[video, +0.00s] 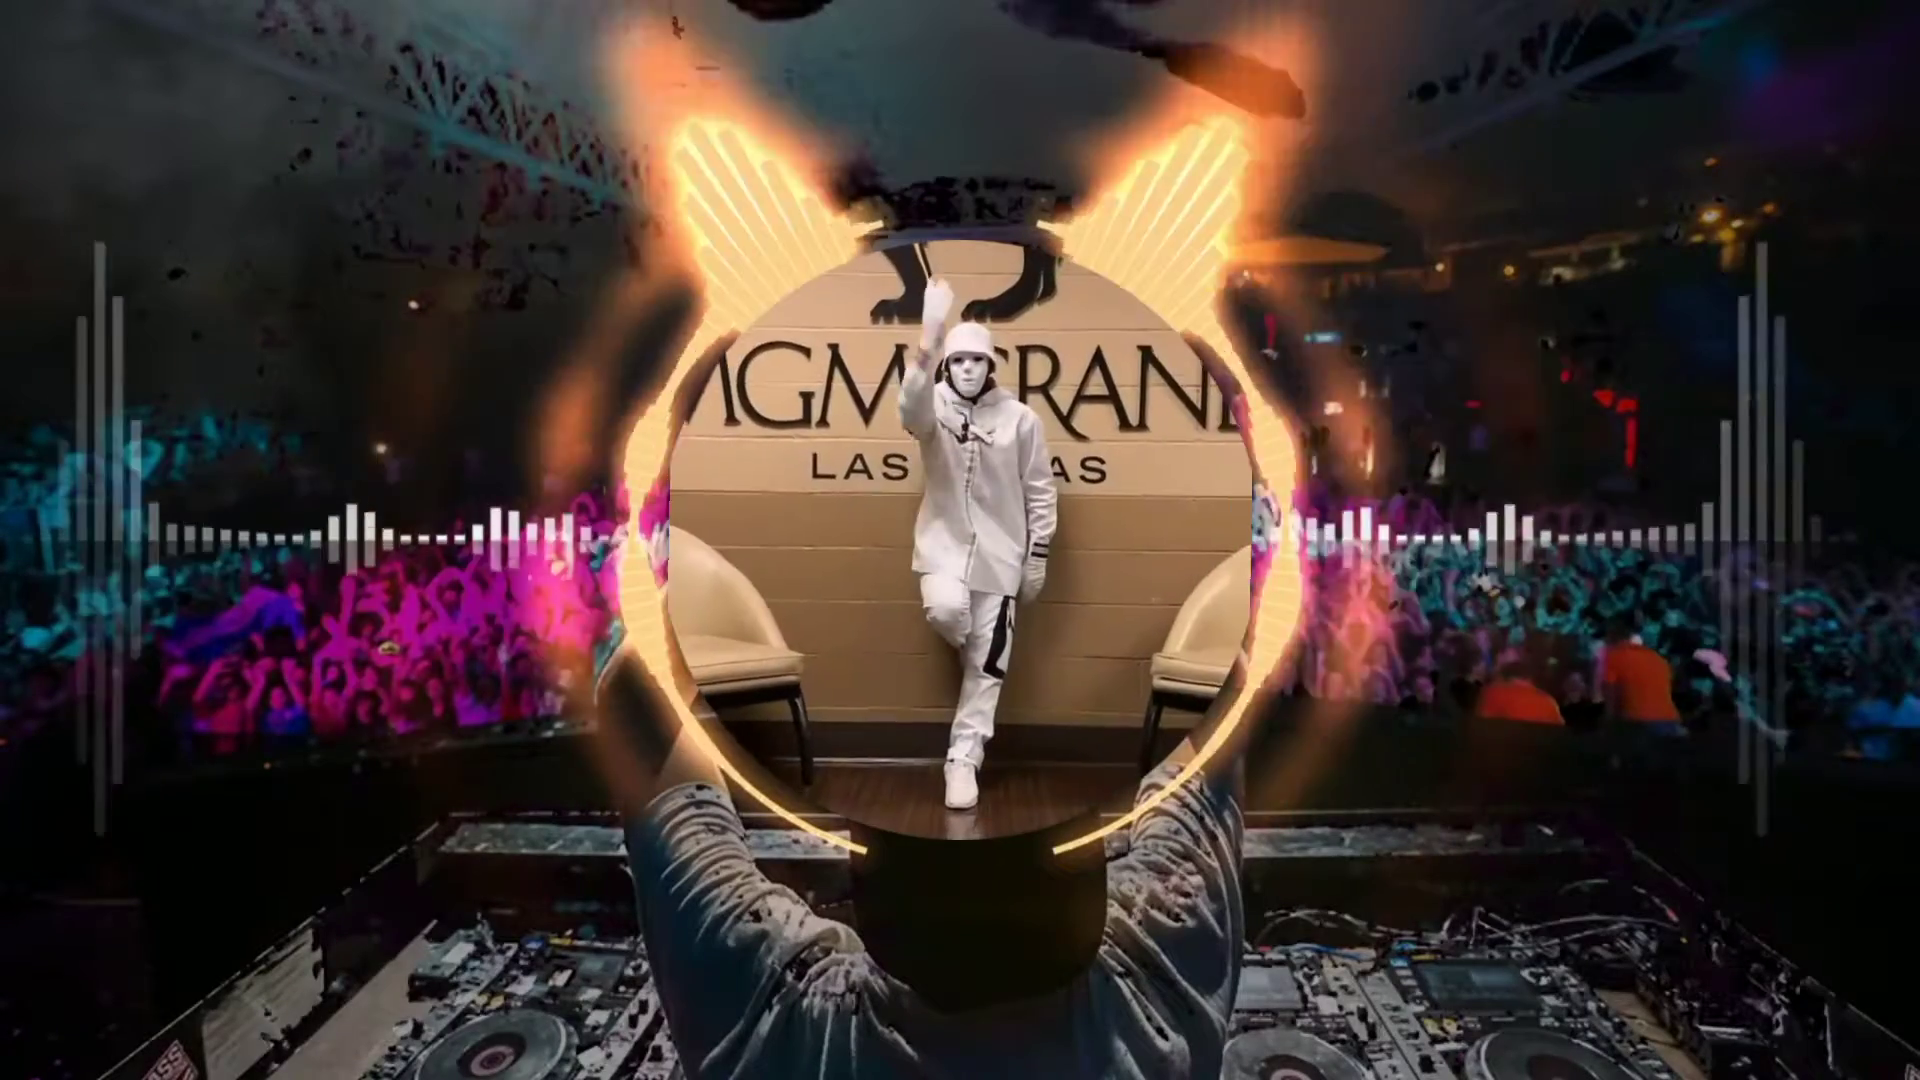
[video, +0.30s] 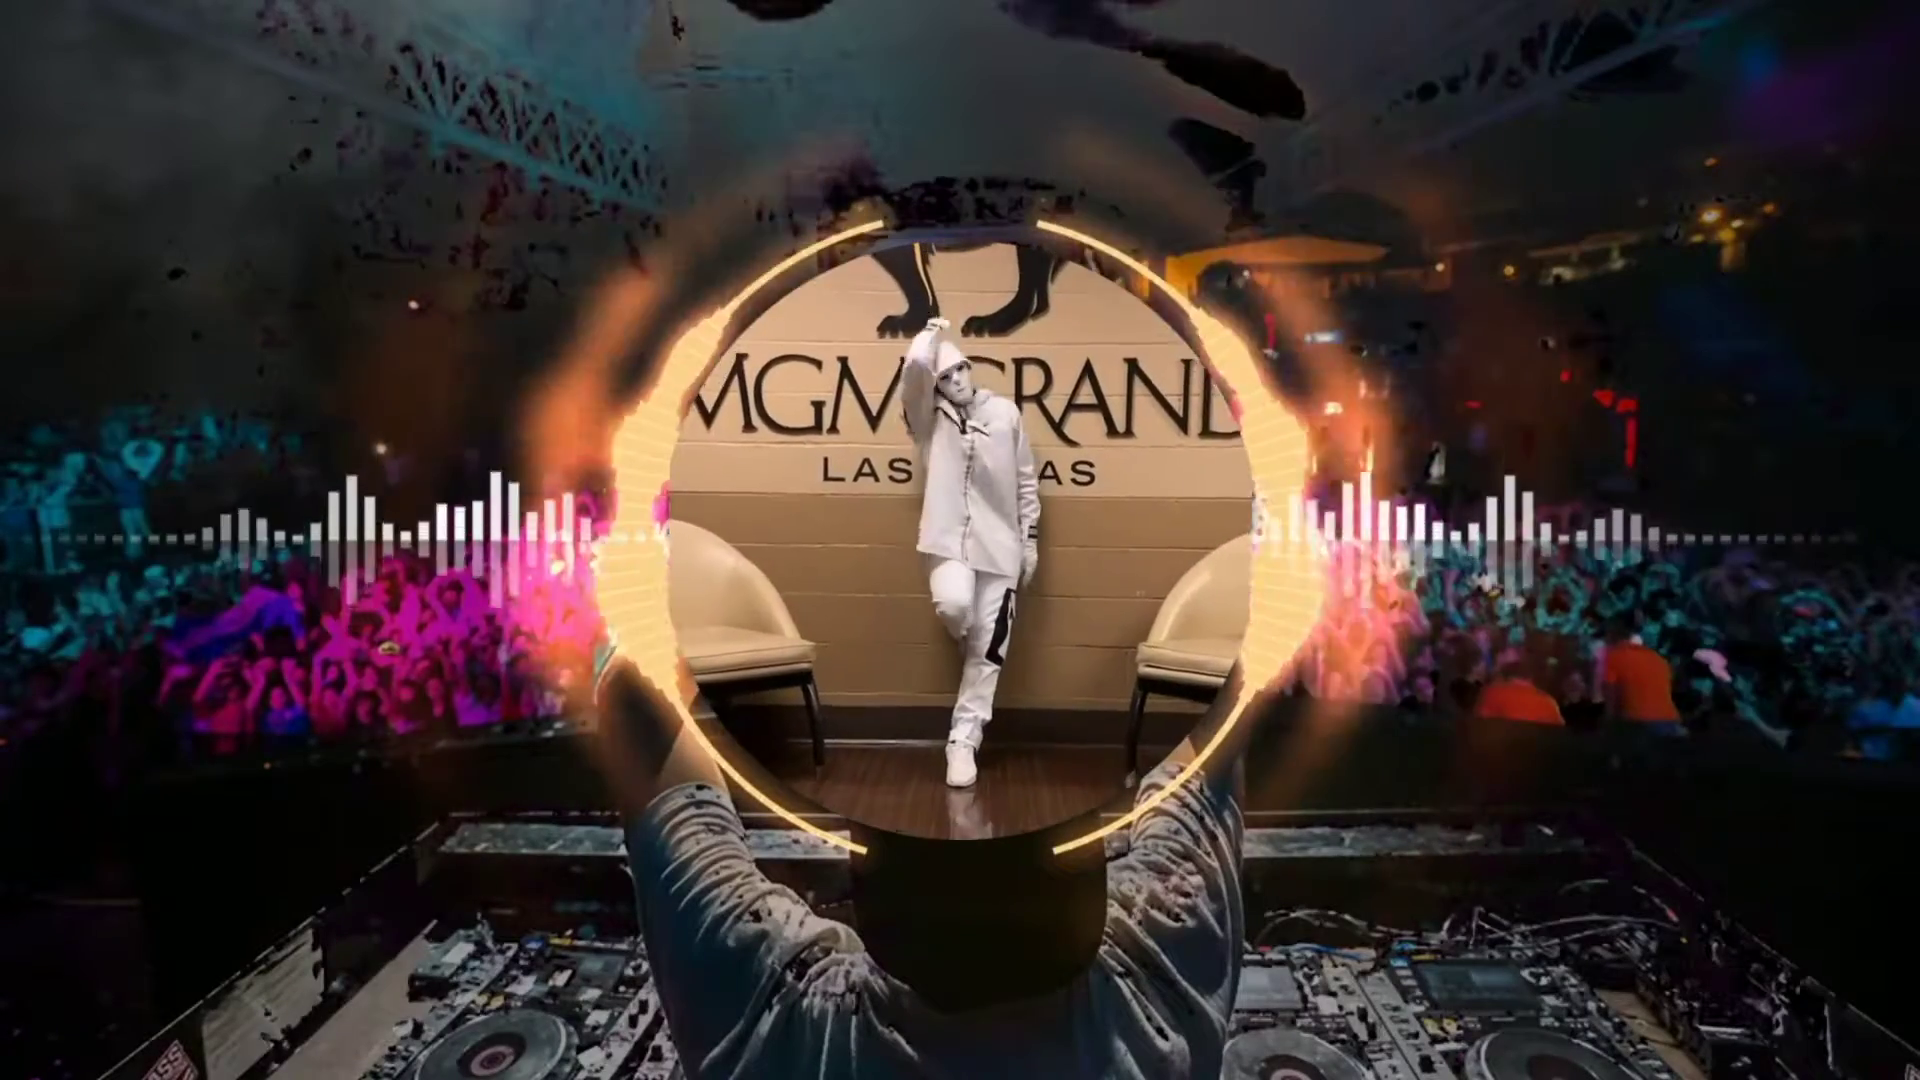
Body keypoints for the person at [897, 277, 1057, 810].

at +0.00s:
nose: (969, 370)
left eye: (978, 361)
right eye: (960, 361)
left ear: (991, 366)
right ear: (945, 366)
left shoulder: (1019, 418)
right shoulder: (932, 416)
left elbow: (1040, 492)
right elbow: (914, 410)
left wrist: (1037, 557)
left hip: (999, 544)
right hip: (943, 536)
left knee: (987, 658)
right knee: (945, 610)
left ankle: (963, 760)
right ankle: (975, 644)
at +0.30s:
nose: (954, 382)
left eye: (958, 371)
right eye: (945, 377)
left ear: (970, 369)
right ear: (934, 383)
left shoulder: (1005, 412)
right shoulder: (929, 419)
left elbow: (1026, 480)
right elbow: (915, 369)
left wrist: (1027, 538)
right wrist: (932, 333)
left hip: (998, 541)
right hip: (949, 538)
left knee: (985, 649)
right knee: (952, 605)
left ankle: (963, 744)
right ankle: (968, 642)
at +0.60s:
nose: (947, 351)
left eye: (955, 342)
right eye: (937, 344)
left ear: (969, 346)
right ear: (924, 351)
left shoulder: (1002, 399)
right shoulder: (910, 394)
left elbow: (1024, 476)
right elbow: (948, 428)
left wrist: (1029, 542)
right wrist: (1004, 396)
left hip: (993, 539)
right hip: (938, 537)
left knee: (982, 654)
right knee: (943, 624)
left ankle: (963, 754)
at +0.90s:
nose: (954, 338)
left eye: (964, 329)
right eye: (945, 329)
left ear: (979, 335)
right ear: (931, 334)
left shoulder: (1004, 384)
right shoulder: (906, 373)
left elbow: (1021, 459)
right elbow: (862, 402)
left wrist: (974, 429)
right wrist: (926, 404)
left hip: (983, 547)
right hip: (921, 542)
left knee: (971, 666)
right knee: (923, 636)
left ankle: (953, 767)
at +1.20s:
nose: (943, 378)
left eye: (954, 369)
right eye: (934, 368)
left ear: (970, 376)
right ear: (920, 373)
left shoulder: (1002, 439)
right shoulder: (898, 413)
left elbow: (1039, 516)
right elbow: (844, 390)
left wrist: (1072, 585)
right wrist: (842, 322)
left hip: (972, 576)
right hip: (908, 573)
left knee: (974, 672)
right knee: (915, 673)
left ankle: (950, 782)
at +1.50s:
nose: (946, 381)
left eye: (958, 371)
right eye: (936, 370)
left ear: (975, 375)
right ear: (923, 373)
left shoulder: (1002, 411)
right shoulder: (892, 422)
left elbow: (1061, 363)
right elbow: (850, 487)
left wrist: (1105, 305)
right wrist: (806, 542)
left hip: (982, 577)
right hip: (915, 579)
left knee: (978, 684)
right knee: (918, 689)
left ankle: (950, 797)